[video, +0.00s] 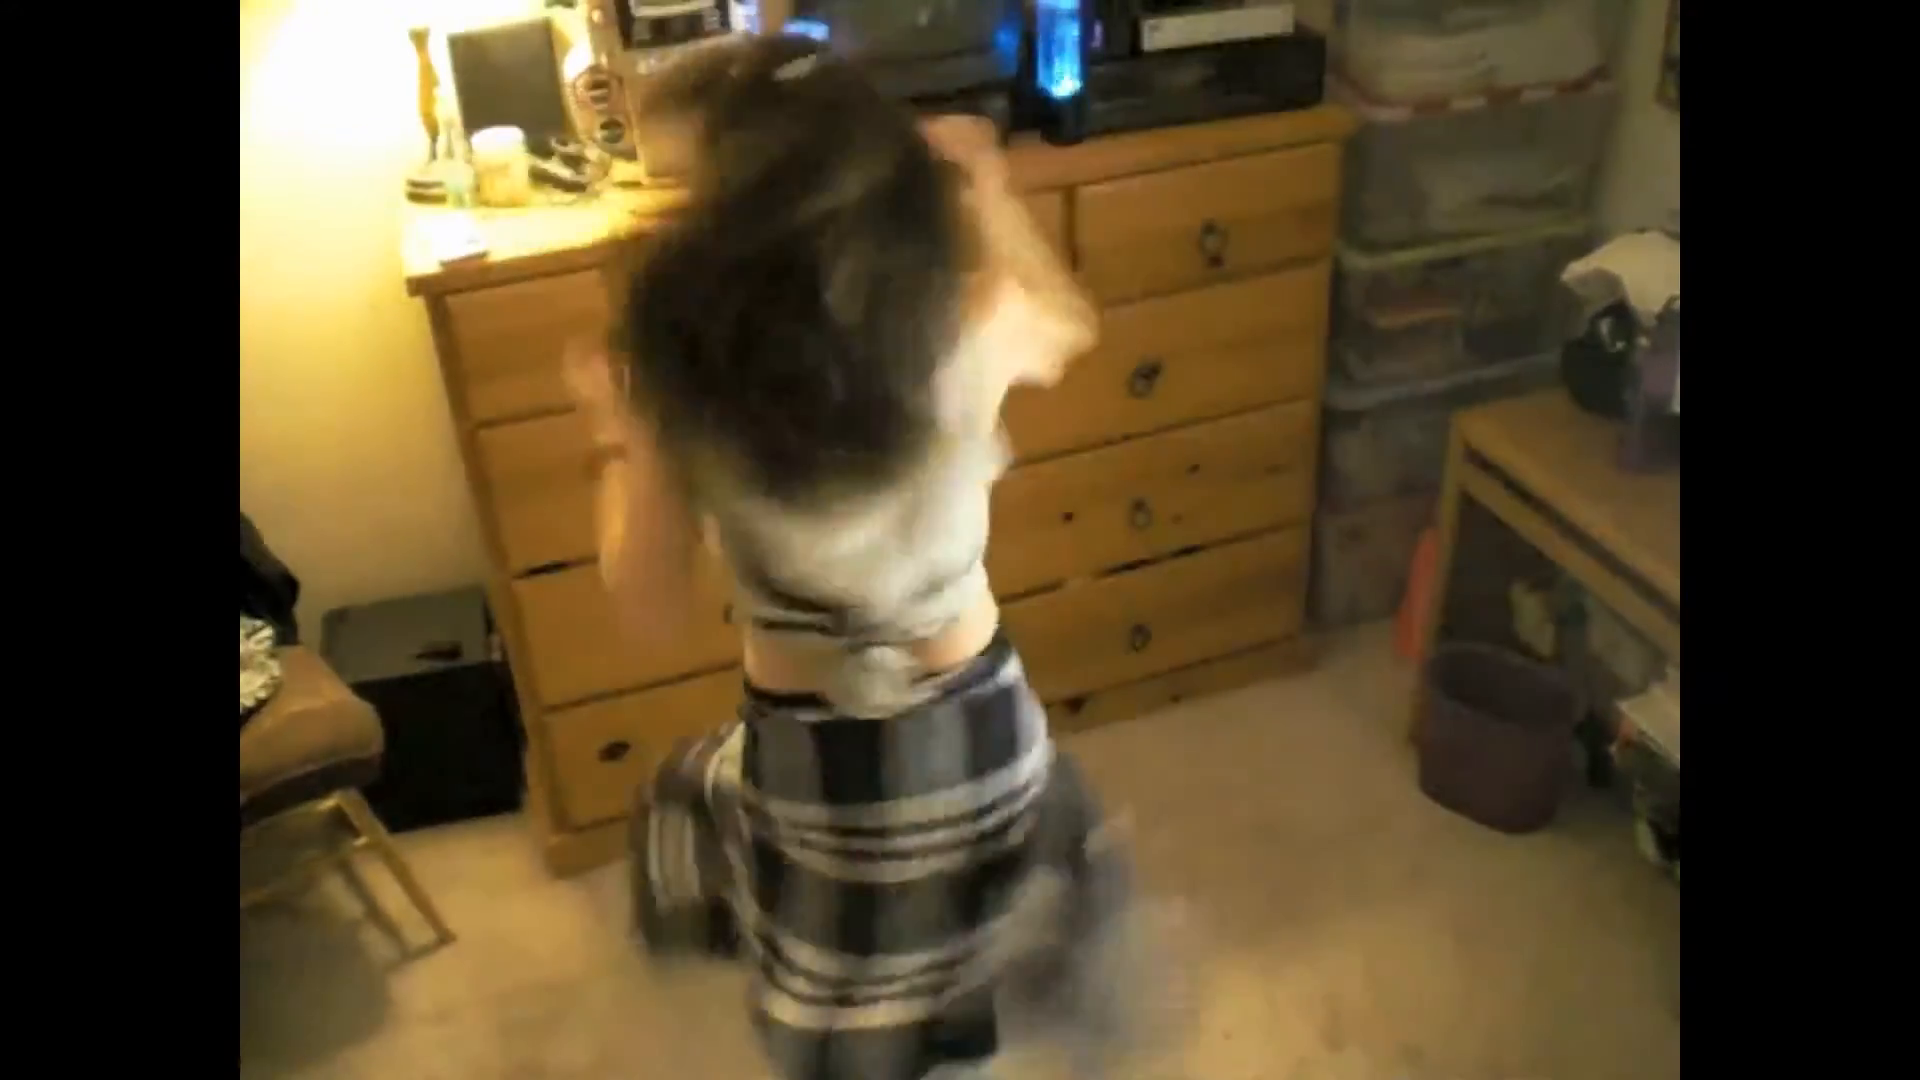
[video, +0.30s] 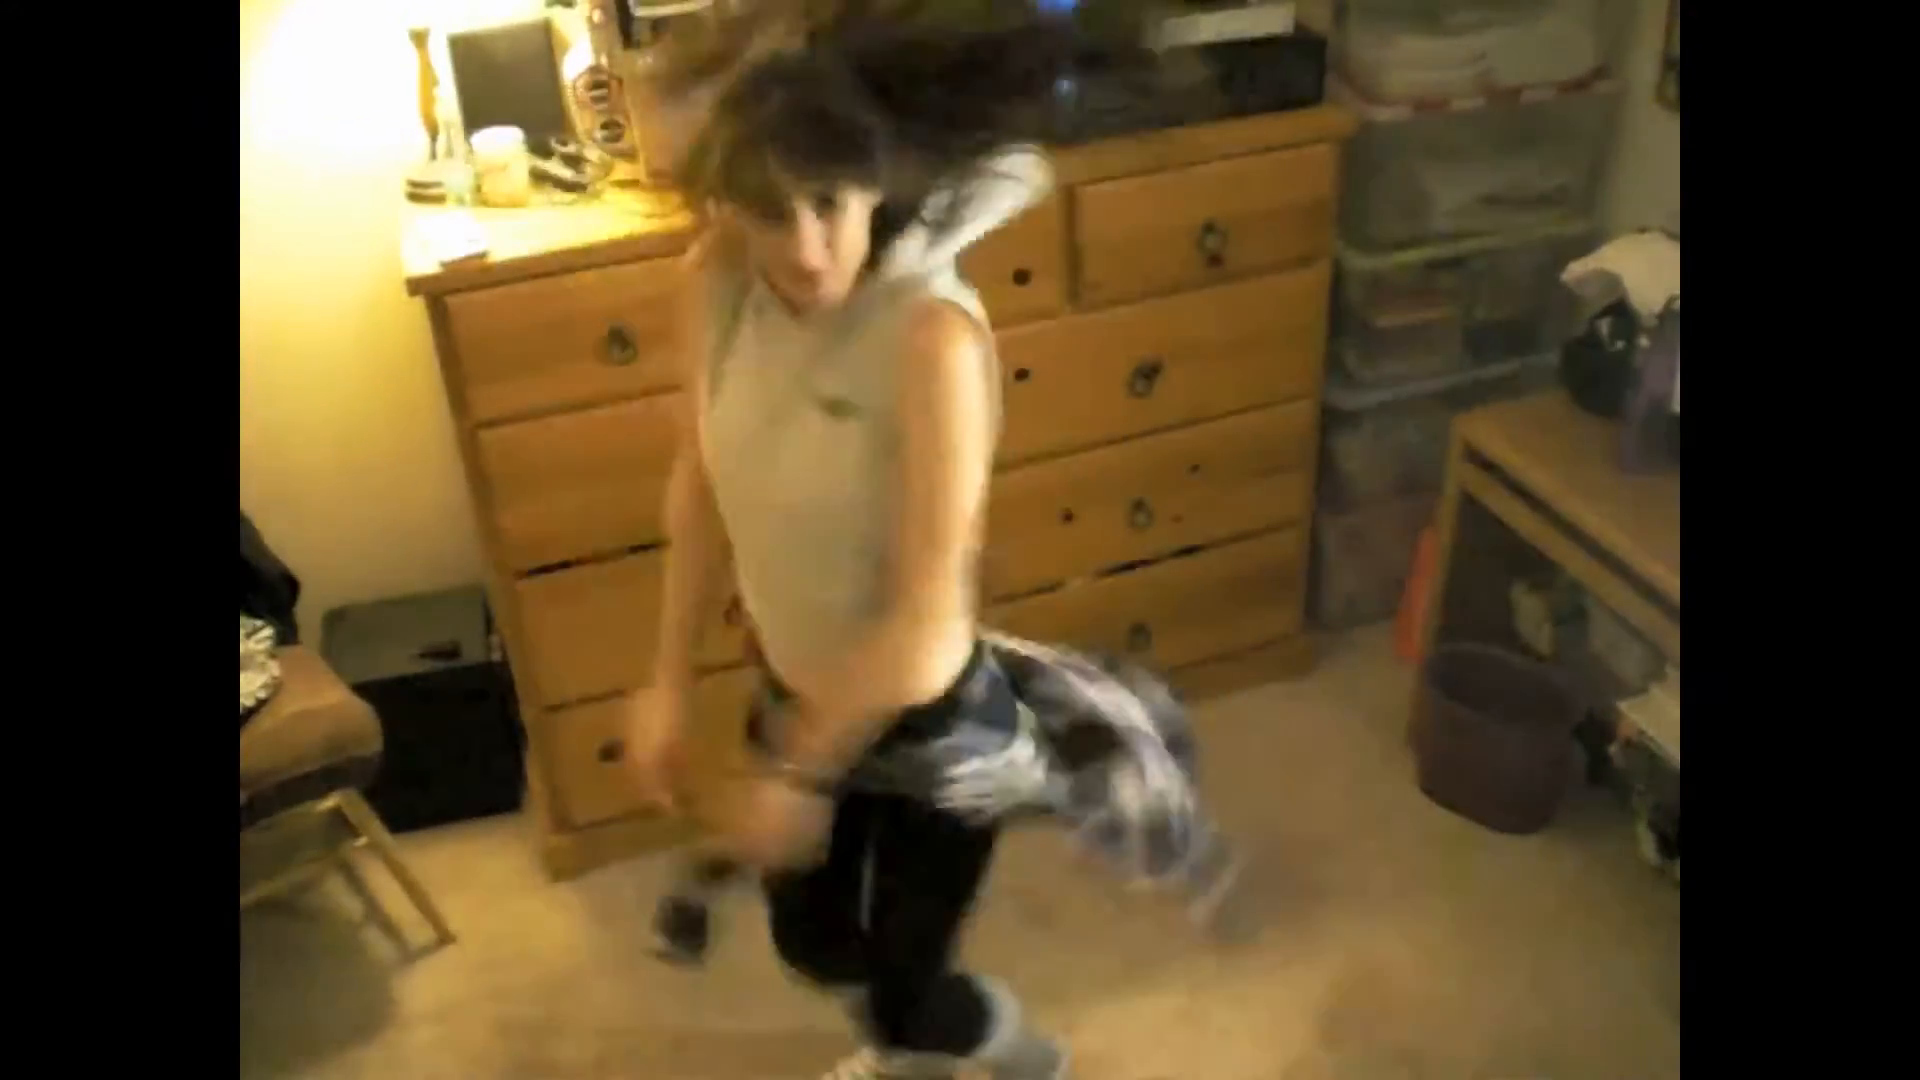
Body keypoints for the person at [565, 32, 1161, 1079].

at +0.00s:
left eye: (675, 177)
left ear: (722, 208)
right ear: (896, 190)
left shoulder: (684, 364)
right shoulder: (961, 333)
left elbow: (650, 606)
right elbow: (1061, 319)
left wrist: (625, 440)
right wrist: (992, 192)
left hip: (806, 749)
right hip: (975, 725)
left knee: (834, 1026)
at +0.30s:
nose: (807, 246)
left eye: (832, 207)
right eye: (772, 214)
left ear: (879, 196)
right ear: (731, 213)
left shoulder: (932, 338)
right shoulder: (722, 282)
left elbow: (923, 637)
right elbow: (701, 478)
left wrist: (791, 771)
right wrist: (669, 680)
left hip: (929, 723)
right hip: (798, 706)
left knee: (900, 991)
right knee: (814, 940)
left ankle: (1023, 1056)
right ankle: (906, 1048)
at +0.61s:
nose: (844, 297)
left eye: (839, 253)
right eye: (802, 298)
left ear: (857, 223)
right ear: (755, 322)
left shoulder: (930, 283)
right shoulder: (775, 416)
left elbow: (963, 463)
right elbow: (756, 625)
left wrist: (1006, 646)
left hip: (967, 703)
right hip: (826, 747)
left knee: (1011, 1001)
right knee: (885, 1038)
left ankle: (999, 1069)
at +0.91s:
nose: (720, 316)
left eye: (703, 271)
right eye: (673, 332)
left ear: (739, 245)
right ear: (662, 379)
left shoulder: (882, 291)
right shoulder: (715, 468)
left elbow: (962, 461)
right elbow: (902, 615)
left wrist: (961, 642)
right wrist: (753, 442)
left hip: (909, 721)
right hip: (770, 750)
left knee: (1012, 994)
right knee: (768, 1046)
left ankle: (1002, 1072)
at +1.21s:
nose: (641, 320)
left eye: (661, 293)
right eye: (640, 291)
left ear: (749, 285)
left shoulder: (904, 387)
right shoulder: (657, 369)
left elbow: (953, 588)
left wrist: (871, 756)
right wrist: (599, 250)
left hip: (837, 744)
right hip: (663, 746)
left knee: (999, 934)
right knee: (674, 1023)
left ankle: (1062, 1033)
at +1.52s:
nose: (779, 322)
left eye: (802, 300)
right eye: (758, 296)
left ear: (855, 264)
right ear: (733, 255)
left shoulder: (922, 338)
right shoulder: (719, 315)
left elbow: (984, 533)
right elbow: (589, 260)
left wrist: (899, 726)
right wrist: (729, 76)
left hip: (884, 708)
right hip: (738, 686)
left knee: (947, 1022)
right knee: (679, 972)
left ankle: (1108, 1012)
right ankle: (668, 1061)